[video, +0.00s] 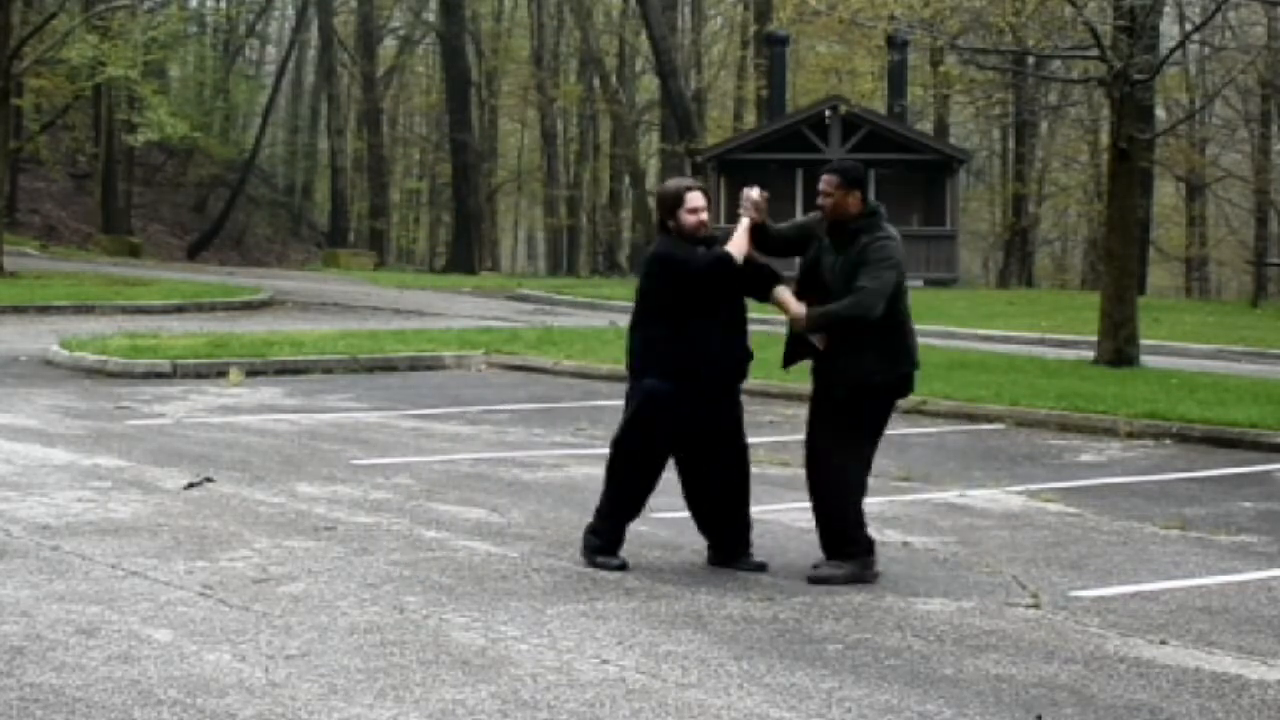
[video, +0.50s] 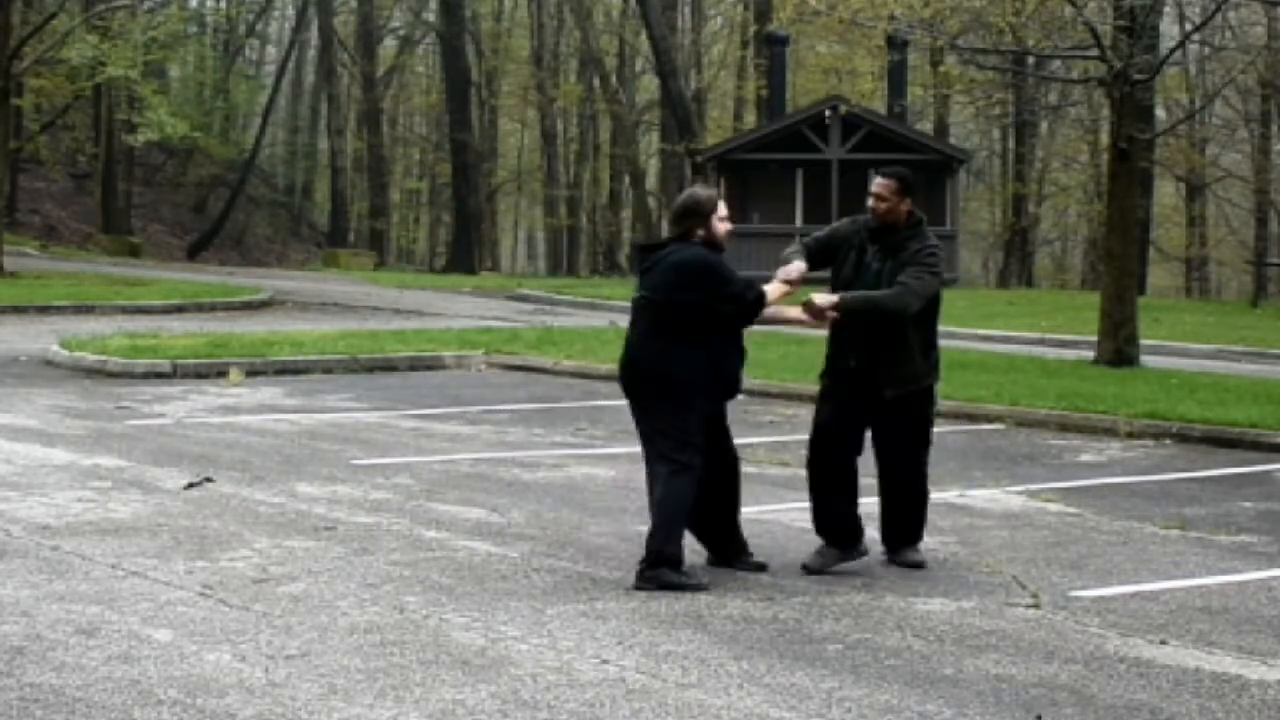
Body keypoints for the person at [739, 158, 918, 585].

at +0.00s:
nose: (820, 202)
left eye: (828, 196)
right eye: (819, 195)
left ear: (855, 198)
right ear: (825, 197)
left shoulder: (881, 243)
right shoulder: (822, 227)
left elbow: (867, 303)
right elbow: (777, 244)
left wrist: (809, 316)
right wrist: (756, 221)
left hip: (876, 371)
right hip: (835, 365)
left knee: (842, 460)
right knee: (820, 460)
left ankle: (856, 557)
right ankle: (839, 554)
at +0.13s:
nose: (838, 203)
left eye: (845, 196)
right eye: (837, 195)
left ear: (871, 197)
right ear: (851, 197)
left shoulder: (900, 249)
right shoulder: (835, 225)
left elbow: (883, 313)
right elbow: (786, 232)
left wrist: (825, 306)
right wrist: (759, 196)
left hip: (883, 370)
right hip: (838, 365)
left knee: (856, 454)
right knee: (828, 458)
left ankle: (900, 537)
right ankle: (847, 550)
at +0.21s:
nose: (850, 201)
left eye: (858, 195)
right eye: (849, 193)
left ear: (884, 197)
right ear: (856, 194)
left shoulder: (908, 247)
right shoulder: (846, 221)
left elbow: (888, 305)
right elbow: (804, 227)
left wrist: (825, 295)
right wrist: (778, 202)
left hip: (891, 370)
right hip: (844, 363)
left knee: (878, 457)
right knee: (831, 461)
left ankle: (915, 532)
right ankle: (850, 550)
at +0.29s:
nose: (860, 199)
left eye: (868, 194)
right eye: (859, 191)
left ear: (894, 197)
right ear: (861, 192)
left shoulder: (913, 245)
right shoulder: (851, 219)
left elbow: (892, 298)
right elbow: (817, 230)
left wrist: (829, 295)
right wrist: (790, 222)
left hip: (898, 369)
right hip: (848, 361)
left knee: (902, 462)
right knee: (837, 459)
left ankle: (911, 540)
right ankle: (850, 549)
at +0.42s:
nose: (872, 204)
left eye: (881, 199)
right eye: (871, 196)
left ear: (905, 203)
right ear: (870, 196)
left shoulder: (923, 248)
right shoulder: (862, 227)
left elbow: (897, 296)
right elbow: (825, 246)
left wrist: (831, 295)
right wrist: (801, 260)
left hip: (903, 373)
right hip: (851, 367)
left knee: (908, 461)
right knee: (835, 453)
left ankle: (904, 543)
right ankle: (848, 546)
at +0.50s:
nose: (874, 205)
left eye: (883, 200)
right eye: (872, 197)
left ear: (906, 204)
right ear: (869, 197)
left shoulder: (924, 250)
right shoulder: (854, 231)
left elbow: (906, 300)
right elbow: (807, 249)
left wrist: (839, 302)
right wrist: (795, 263)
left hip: (903, 378)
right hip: (847, 372)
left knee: (903, 463)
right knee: (828, 455)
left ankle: (903, 543)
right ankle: (841, 540)